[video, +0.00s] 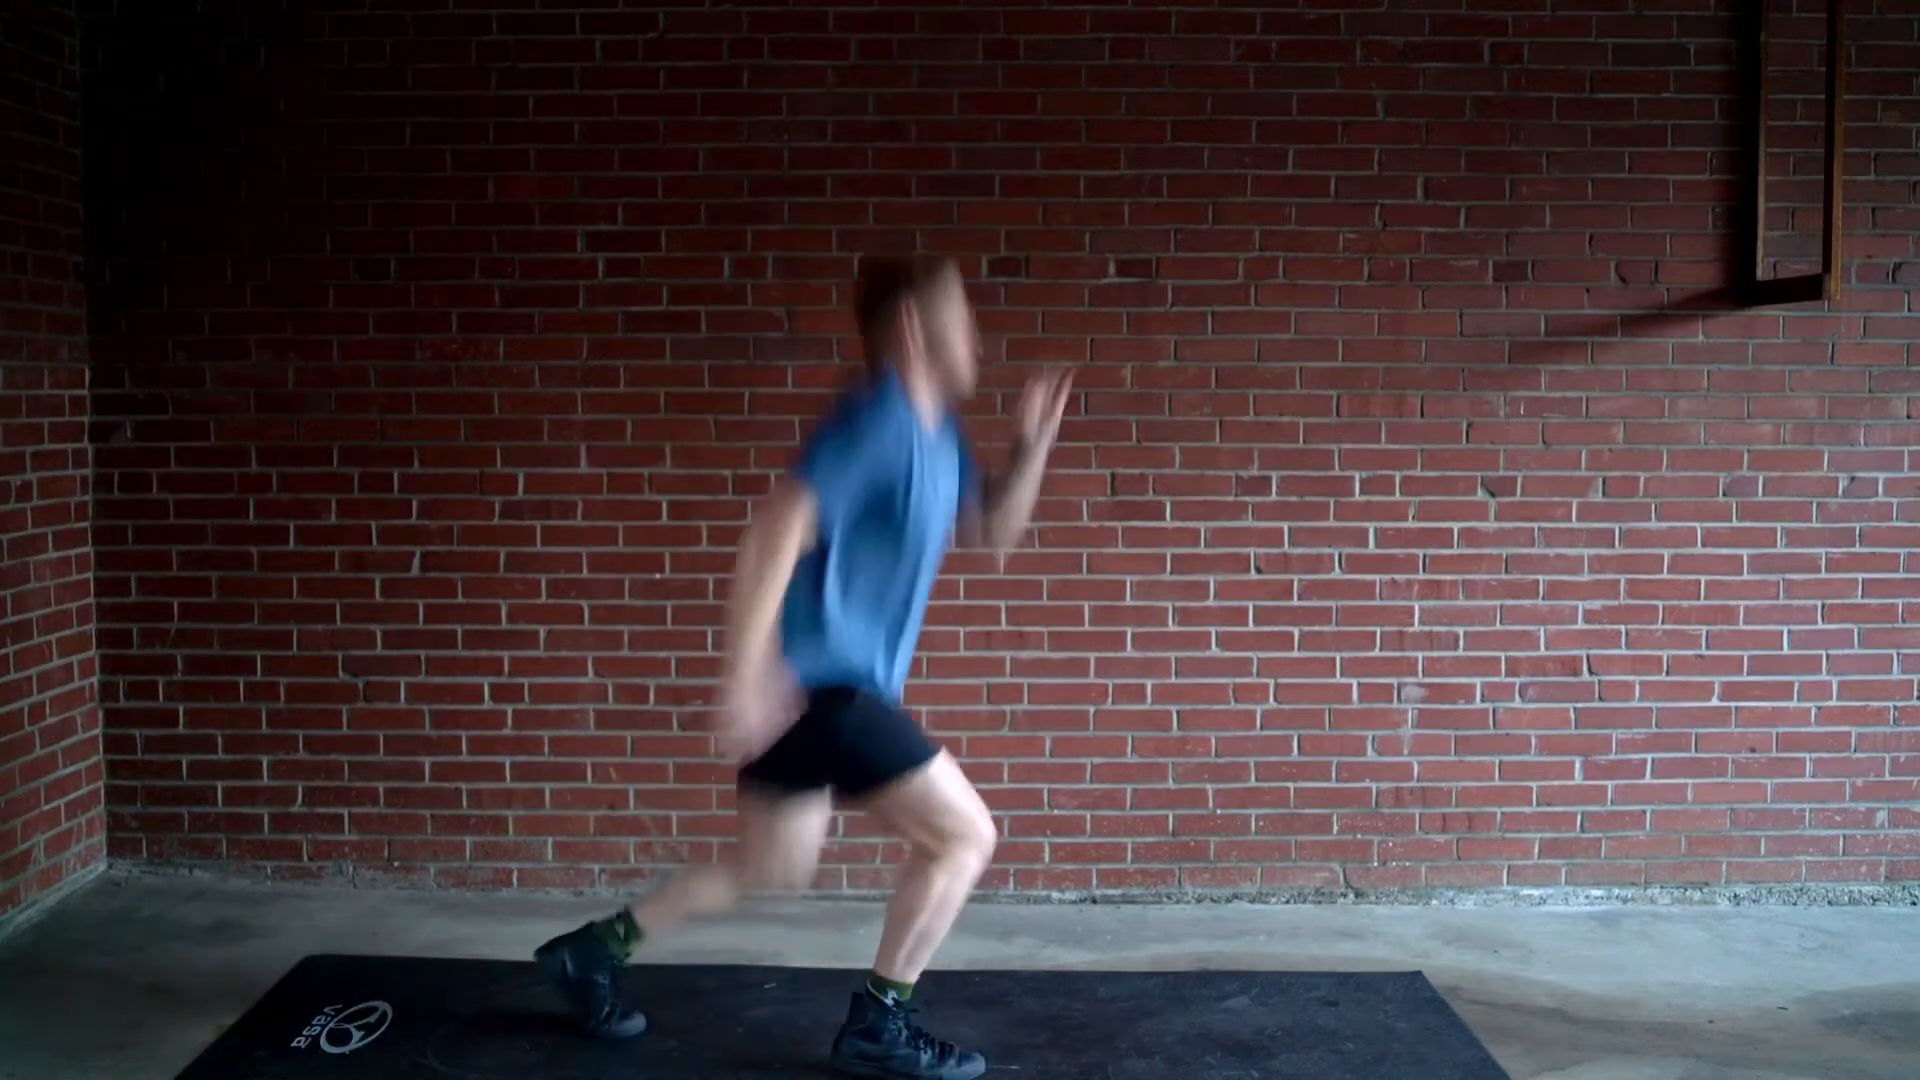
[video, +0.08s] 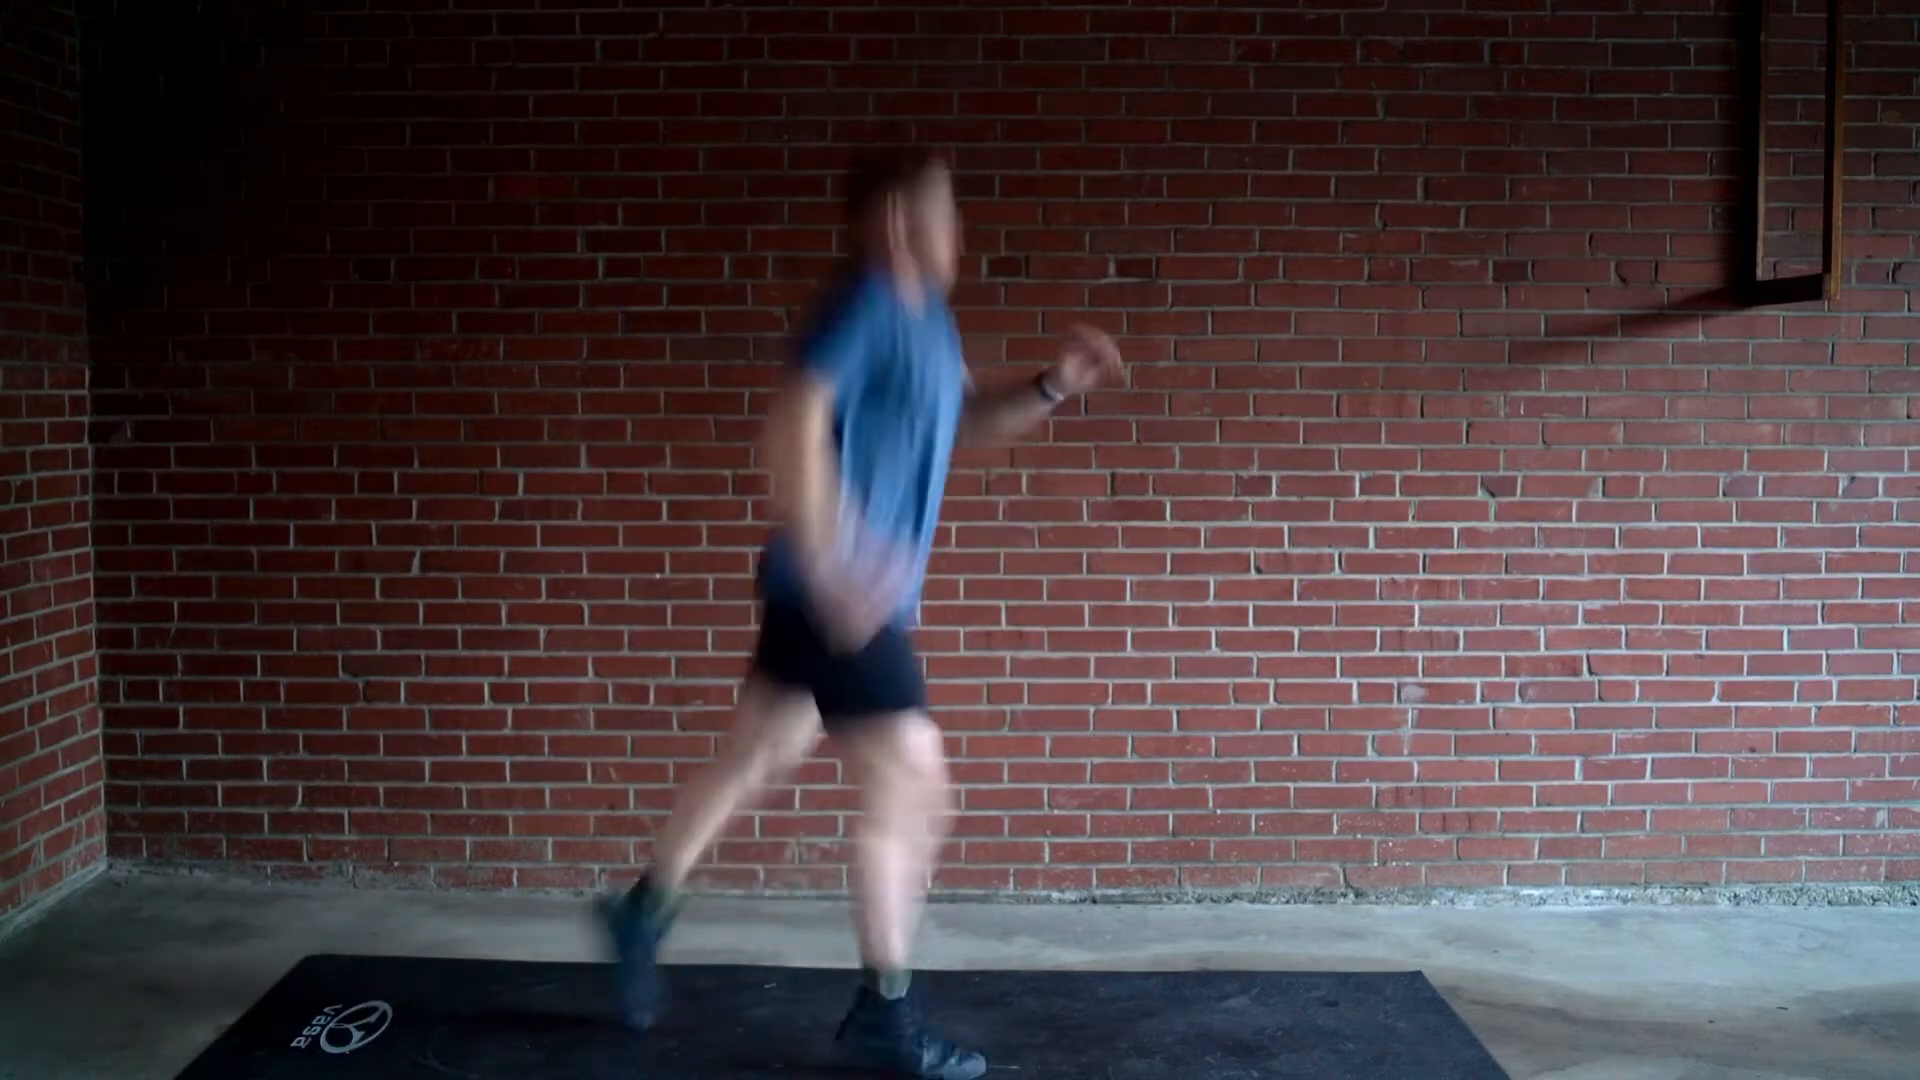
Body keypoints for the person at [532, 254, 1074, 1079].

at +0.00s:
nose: (973, 332)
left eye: (969, 314)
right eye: (958, 314)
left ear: (920, 324)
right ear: (909, 323)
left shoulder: (937, 430)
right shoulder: (877, 418)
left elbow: (995, 531)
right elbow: (778, 524)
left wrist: (1030, 448)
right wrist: (745, 672)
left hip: (826, 680)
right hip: (820, 682)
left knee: (774, 865)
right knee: (963, 835)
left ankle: (595, 949)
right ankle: (880, 1021)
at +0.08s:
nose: (952, 226)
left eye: (951, 209)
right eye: (936, 208)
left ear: (939, 223)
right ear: (890, 218)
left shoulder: (932, 320)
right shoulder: (864, 307)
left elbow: (955, 430)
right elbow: (794, 424)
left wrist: (1050, 391)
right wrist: (826, 564)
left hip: (849, 582)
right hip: (839, 583)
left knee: (756, 753)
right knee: (908, 782)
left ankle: (642, 910)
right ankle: (887, 1009)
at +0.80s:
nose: (1033, 500)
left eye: (1031, 483)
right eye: (1022, 482)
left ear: (969, 491)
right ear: (978, 490)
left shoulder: (897, 553)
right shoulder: (945, 578)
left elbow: (795, 630)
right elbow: (1026, 722)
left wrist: (754, 724)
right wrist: (1064, 605)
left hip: (858, 782)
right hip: (809, 805)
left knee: (1011, 819)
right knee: (869, 1016)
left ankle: (931, 978)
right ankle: (673, 973)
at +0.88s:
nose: (1040, 533)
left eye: (1038, 517)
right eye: (1031, 518)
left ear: (978, 526)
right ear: (985, 528)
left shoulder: (897, 581)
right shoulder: (952, 606)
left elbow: (788, 656)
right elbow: (1032, 757)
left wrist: (735, 743)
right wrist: (1067, 641)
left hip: (851, 806)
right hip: (807, 832)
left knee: (1007, 819)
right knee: (871, 1034)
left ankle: (931, 981)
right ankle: (679, 977)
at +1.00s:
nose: (1038, 508)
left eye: (1034, 493)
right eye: (1027, 493)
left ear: (974, 509)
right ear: (981, 508)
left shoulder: (906, 565)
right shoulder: (955, 589)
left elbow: (799, 636)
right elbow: (1030, 733)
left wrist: (749, 722)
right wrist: (1068, 623)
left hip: (858, 786)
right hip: (807, 810)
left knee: (1011, 821)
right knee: (868, 1016)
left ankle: (932, 979)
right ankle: (668, 975)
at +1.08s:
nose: (1030, 454)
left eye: (1025, 437)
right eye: (1017, 438)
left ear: (967, 454)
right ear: (971, 452)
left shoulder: (933, 522)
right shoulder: (942, 531)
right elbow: (1013, 677)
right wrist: (1061, 567)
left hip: (871, 750)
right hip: (809, 762)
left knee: (1009, 818)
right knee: (859, 980)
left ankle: (930, 981)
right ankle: (656, 971)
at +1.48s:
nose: (986, 96)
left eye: (986, 78)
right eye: (976, 76)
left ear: (935, 84)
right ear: (922, 80)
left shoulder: (927, 193)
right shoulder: (878, 162)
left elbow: (996, 307)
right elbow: (766, 261)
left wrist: (1046, 211)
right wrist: (656, 355)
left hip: (872, 434)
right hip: (869, 435)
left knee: (825, 654)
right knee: (884, 660)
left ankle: (715, 794)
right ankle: (824, 863)